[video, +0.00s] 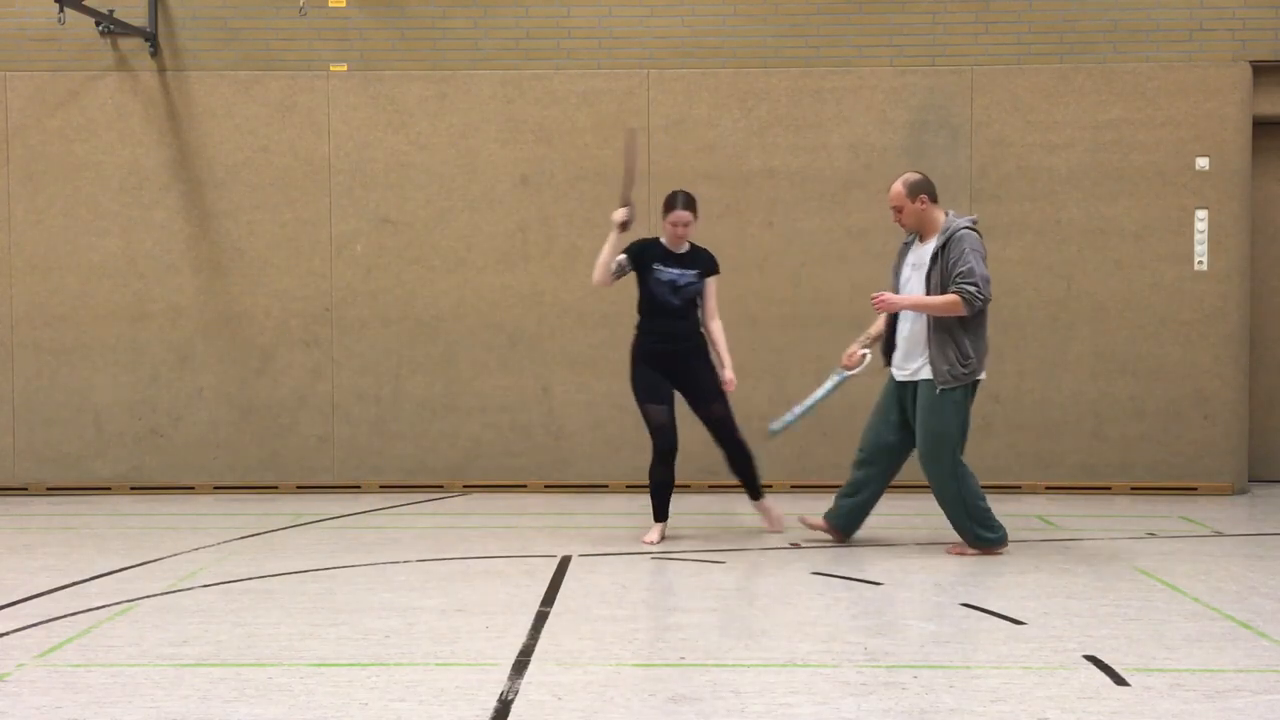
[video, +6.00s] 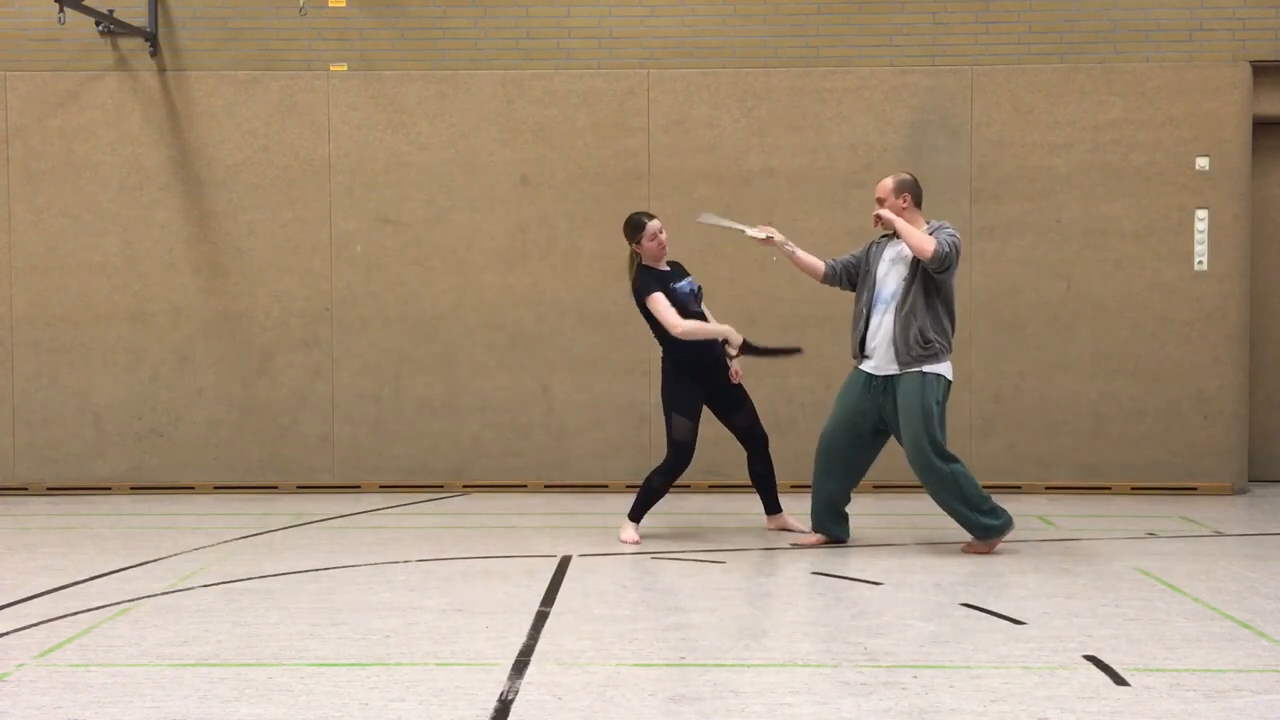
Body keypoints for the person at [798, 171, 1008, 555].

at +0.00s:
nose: (895, 218)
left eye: (899, 210)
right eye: (892, 210)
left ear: (923, 203)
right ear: (917, 205)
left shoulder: (962, 240)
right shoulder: (910, 247)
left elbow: (970, 300)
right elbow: (898, 310)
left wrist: (903, 302)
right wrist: (863, 343)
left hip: (946, 373)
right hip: (906, 373)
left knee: (940, 459)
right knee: (877, 450)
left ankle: (987, 537)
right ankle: (840, 523)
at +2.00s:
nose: (1052, 205)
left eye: (1056, 197)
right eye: (1052, 198)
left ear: (1081, 195)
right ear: (1087, 196)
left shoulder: (1085, 237)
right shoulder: (1117, 230)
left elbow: (1029, 270)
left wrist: (1036, 227)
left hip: (1085, 370)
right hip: (1125, 368)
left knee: (1040, 443)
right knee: (1131, 450)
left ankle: (1016, 537)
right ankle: (1172, 534)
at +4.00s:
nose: (924, 196)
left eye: (929, 188)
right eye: (924, 189)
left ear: (954, 189)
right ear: (950, 190)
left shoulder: (982, 232)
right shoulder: (939, 235)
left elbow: (940, 274)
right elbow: (893, 244)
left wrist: (914, 239)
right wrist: (855, 206)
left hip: (977, 366)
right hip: (938, 364)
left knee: (972, 453)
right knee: (910, 435)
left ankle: (1004, 539)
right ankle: (888, 520)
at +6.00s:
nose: (876, 209)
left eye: (881, 202)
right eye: (875, 203)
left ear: (906, 201)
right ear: (892, 203)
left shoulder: (942, 235)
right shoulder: (876, 249)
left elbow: (934, 254)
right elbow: (832, 273)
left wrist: (895, 220)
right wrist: (784, 245)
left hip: (919, 369)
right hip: (872, 369)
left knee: (925, 454)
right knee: (835, 443)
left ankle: (991, 524)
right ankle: (829, 528)